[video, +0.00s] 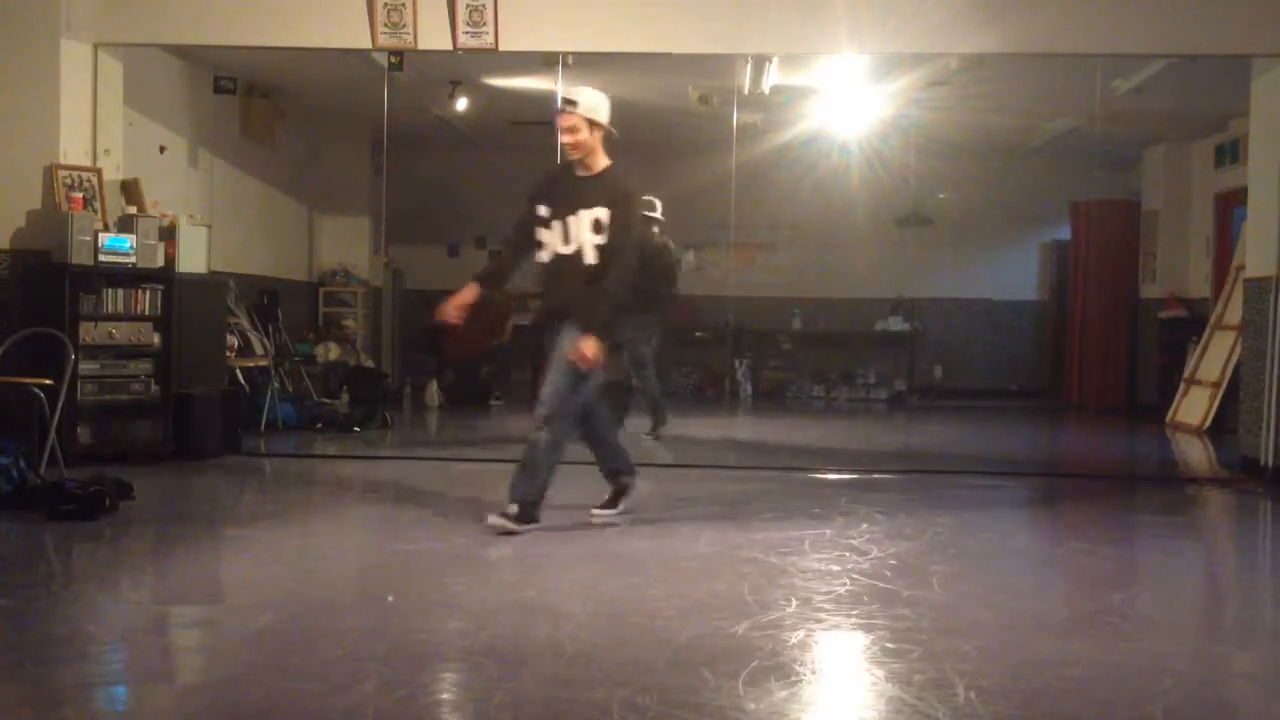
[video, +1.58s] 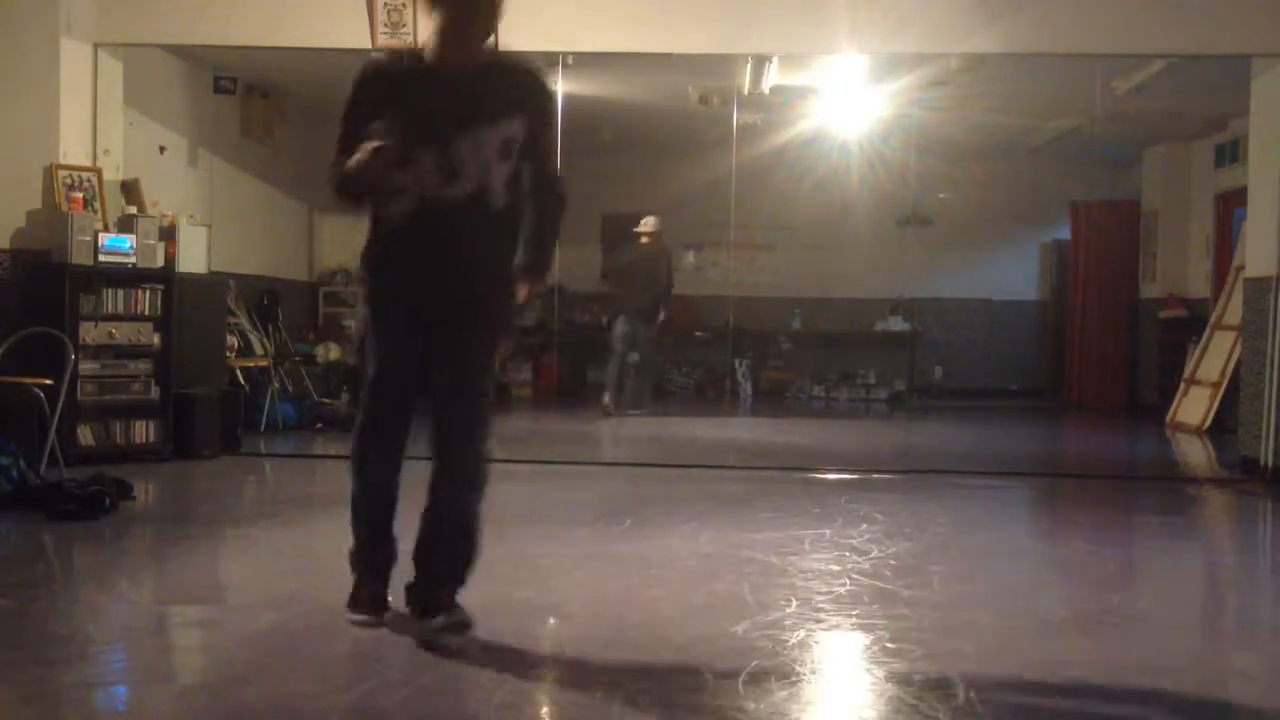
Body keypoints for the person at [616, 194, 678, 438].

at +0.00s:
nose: (639, 223)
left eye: (641, 218)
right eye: (642, 218)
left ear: (637, 217)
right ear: (658, 220)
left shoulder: (627, 243)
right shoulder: (665, 247)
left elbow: (618, 277)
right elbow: (669, 285)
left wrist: (614, 301)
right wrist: (662, 307)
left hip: (627, 310)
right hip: (652, 312)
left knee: (642, 368)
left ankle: (659, 416)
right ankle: (612, 420)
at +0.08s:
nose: (640, 228)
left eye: (640, 222)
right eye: (642, 223)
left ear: (629, 219)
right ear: (653, 224)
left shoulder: (618, 243)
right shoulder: (660, 251)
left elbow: (609, 280)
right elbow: (663, 291)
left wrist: (604, 309)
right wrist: (661, 325)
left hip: (620, 312)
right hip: (646, 315)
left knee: (622, 365)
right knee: (632, 367)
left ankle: (645, 398)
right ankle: (612, 422)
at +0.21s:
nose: (633, 226)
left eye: (632, 220)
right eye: (633, 221)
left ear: (621, 218)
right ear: (645, 223)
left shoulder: (608, 245)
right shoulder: (651, 252)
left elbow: (598, 281)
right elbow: (660, 291)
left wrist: (591, 309)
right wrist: (658, 323)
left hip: (609, 309)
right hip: (636, 312)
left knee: (608, 357)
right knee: (625, 361)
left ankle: (618, 395)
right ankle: (615, 418)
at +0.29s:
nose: (627, 225)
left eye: (629, 220)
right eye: (626, 220)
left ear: (615, 218)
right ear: (640, 220)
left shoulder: (602, 245)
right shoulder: (648, 251)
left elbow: (590, 282)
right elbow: (658, 289)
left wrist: (585, 314)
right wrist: (655, 320)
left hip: (603, 315)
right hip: (631, 317)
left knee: (594, 362)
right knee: (623, 369)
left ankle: (590, 408)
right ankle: (614, 420)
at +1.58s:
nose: (644, 240)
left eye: (646, 236)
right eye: (644, 235)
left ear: (642, 234)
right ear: (658, 235)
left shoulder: (628, 253)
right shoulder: (662, 254)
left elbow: (614, 279)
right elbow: (666, 284)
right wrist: (664, 307)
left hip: (626, 307)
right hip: (649, 310)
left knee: (618, 353)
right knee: (645, 356)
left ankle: (609, 395)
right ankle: (638, 398)